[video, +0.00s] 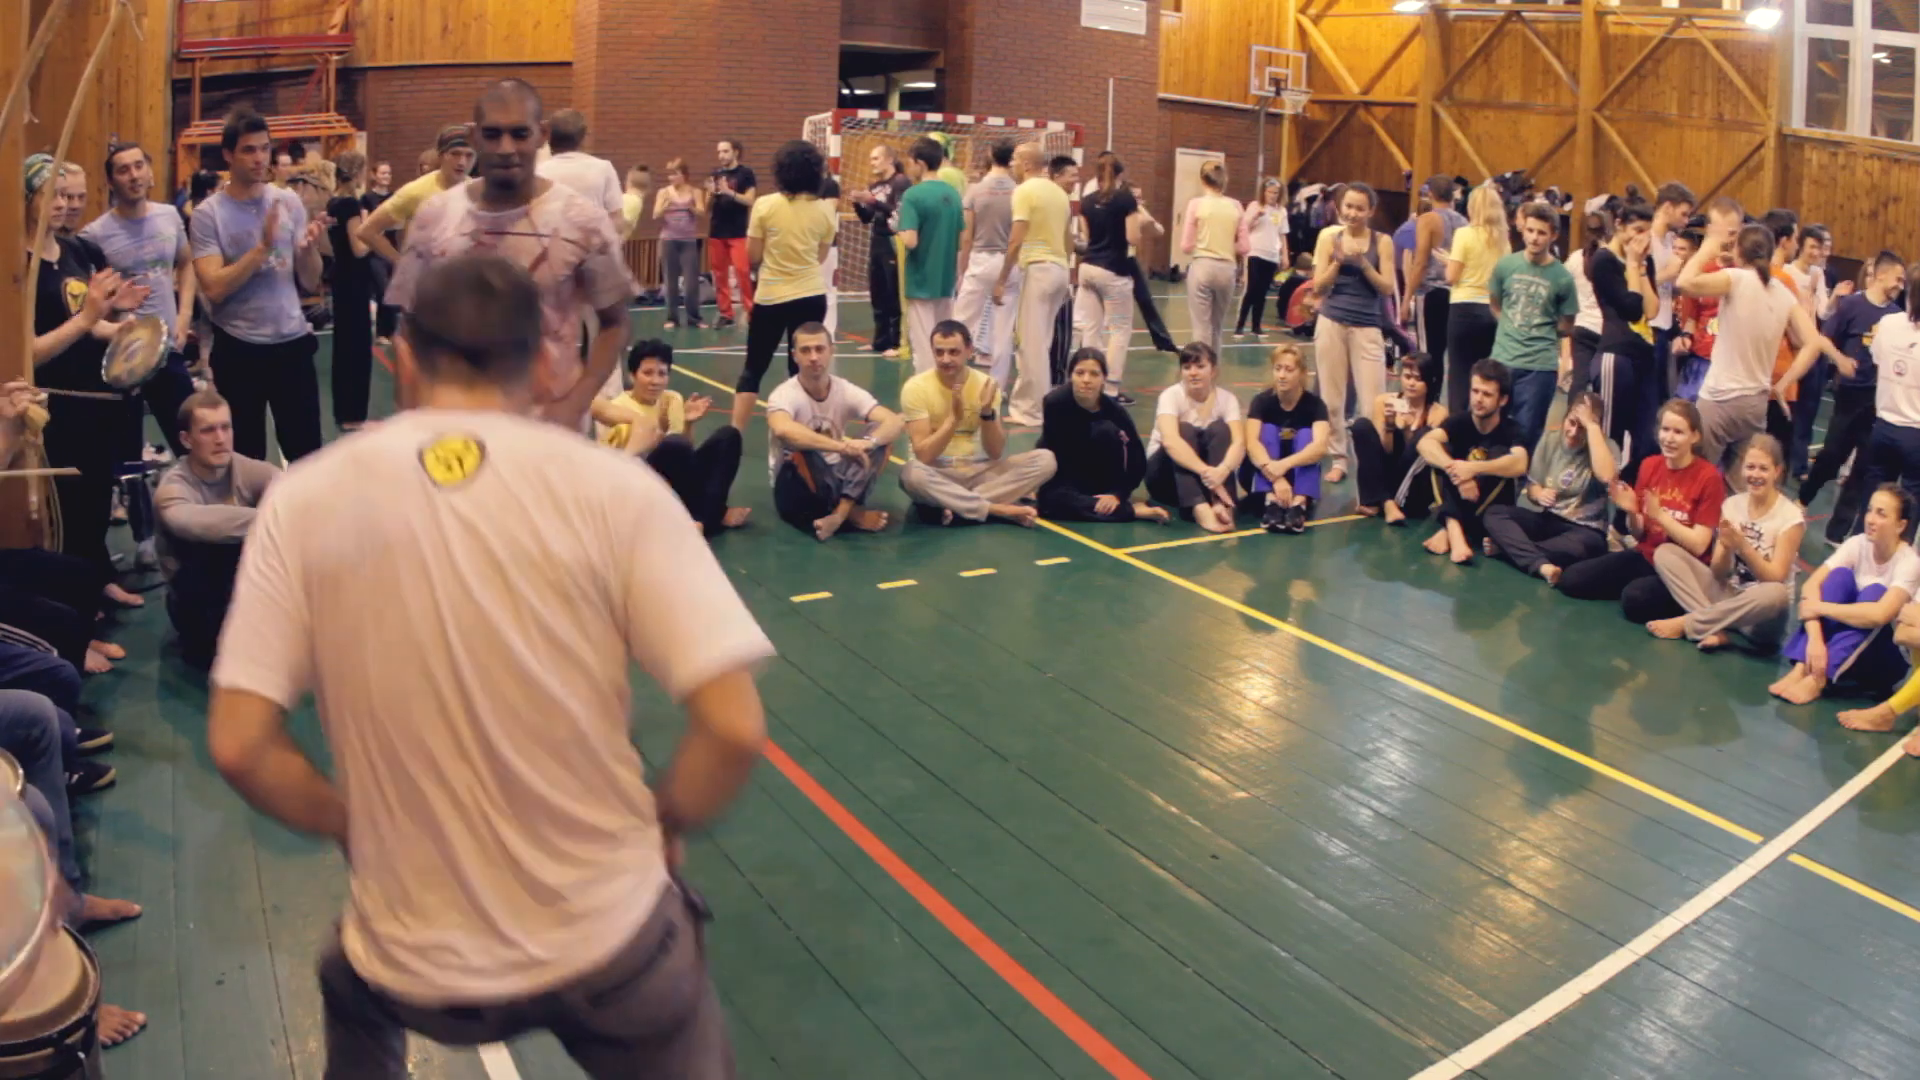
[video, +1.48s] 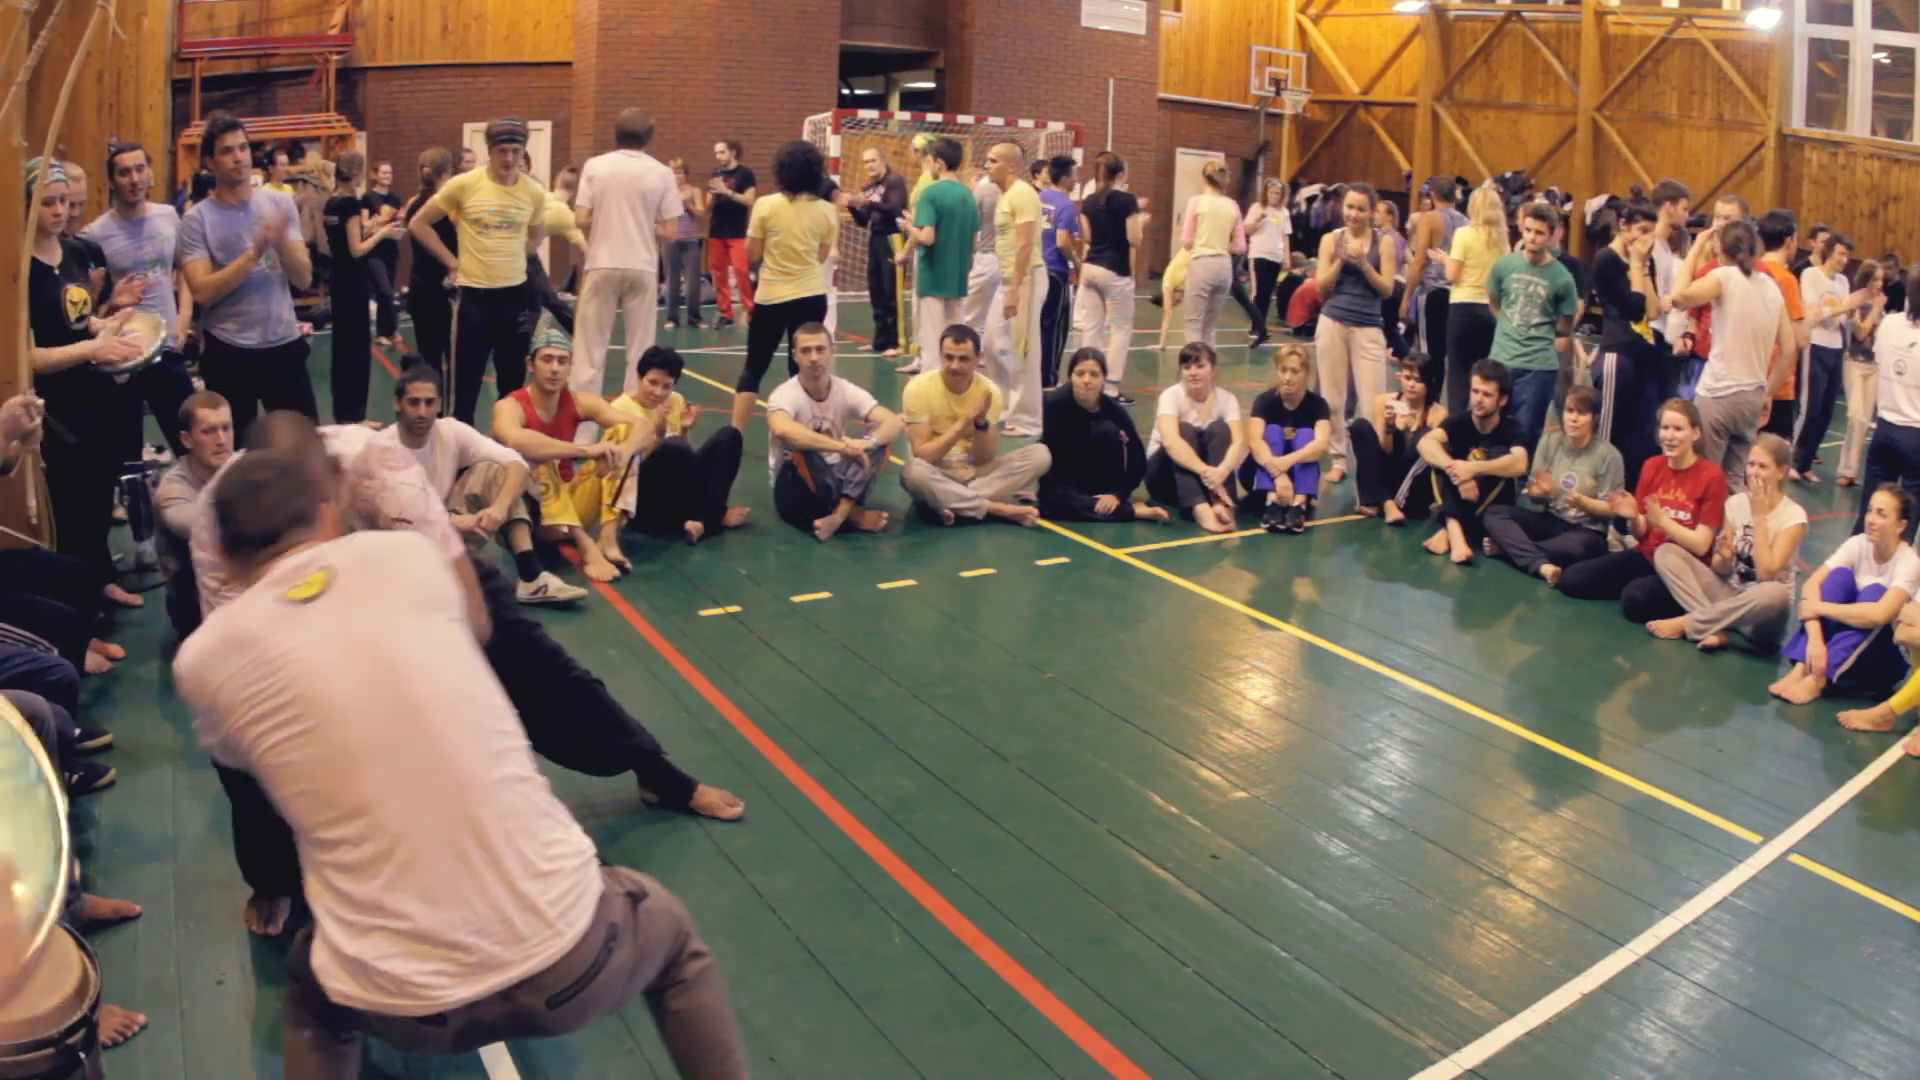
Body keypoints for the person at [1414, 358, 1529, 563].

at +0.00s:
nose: (1478, 399)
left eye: (1487, 395)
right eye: (1475, 392)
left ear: (1503, 400)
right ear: (1469, 391)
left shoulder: (1511, 429)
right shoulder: (1459, 421)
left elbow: (1519, 465)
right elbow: (1425, 443)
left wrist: (1472, 468)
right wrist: (1459, 474)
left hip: (1492, 511)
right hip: (1454, 504)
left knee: (1499, 457)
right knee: (1437, 454)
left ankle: (1449, 528)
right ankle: (1454, 528)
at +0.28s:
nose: (1478, 400)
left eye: (1487, 395)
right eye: (1475, 392)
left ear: (1503, 400)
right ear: (1469, 392)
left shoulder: (1510, 429)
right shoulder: (1460, 421)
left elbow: (1519, 465)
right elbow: (1426, 443)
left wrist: (1473, 468)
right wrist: (1459, 475)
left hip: (1492, 510)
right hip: (1455, 504)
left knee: (1499, 457)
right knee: (1437, 456)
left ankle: (1449, 528)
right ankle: (1454, 529)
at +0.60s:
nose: (1479, 400)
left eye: (1487, 395)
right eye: (1475, 392)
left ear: (1503, 400)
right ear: (1469, 392)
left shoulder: (1510, 429)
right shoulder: (1459, 420)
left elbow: (1520, 465)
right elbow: (1426, 444)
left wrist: (1473, 467)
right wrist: (1459, 475)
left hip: (1492, 509)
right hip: (1454, 504)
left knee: (1500, 456)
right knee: (1437, 455)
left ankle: (1449, 528)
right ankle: (1454, 530)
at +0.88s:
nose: (1478, 399)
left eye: (1487, 395)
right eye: (1475, 392)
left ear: (1503, 400)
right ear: (1469, 392)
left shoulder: (1510, 428)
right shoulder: (1460, 420)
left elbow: (1519, 465)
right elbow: (1425, 443)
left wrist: (1473, 468)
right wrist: (1459, 474)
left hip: (1491, 510)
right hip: (1453, 504)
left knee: (1500, 456)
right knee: (1438, 453)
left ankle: (1449, 527)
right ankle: (1454, 528)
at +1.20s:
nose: (1478, 399)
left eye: (1487, 395)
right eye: (1475, 392)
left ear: (1503, 400)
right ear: (1469, 392)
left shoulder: (1511, 429)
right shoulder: (1460, 421)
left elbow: (1520, 465)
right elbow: (1426, 444)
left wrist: (1473, 467)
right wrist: (1459, 474)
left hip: (1493, 510)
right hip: (1455, 505)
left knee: (1500, 457)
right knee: (1438, 457)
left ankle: (1449, 529)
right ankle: (1454, 530)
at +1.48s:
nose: (1478, 399)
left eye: (1487, 395)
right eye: (1475, 392)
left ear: (1503, 400)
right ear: (1469, 391)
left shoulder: (1511, 428)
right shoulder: (1460, 420)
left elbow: (1520, 465)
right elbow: (1426, 443)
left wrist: (1473, 468)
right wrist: (1459, 475)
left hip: (1492, 510)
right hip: (1454, 504)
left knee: (1499, 455)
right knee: (1438, 454)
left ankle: (1449, 528)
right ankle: (1454, 528)